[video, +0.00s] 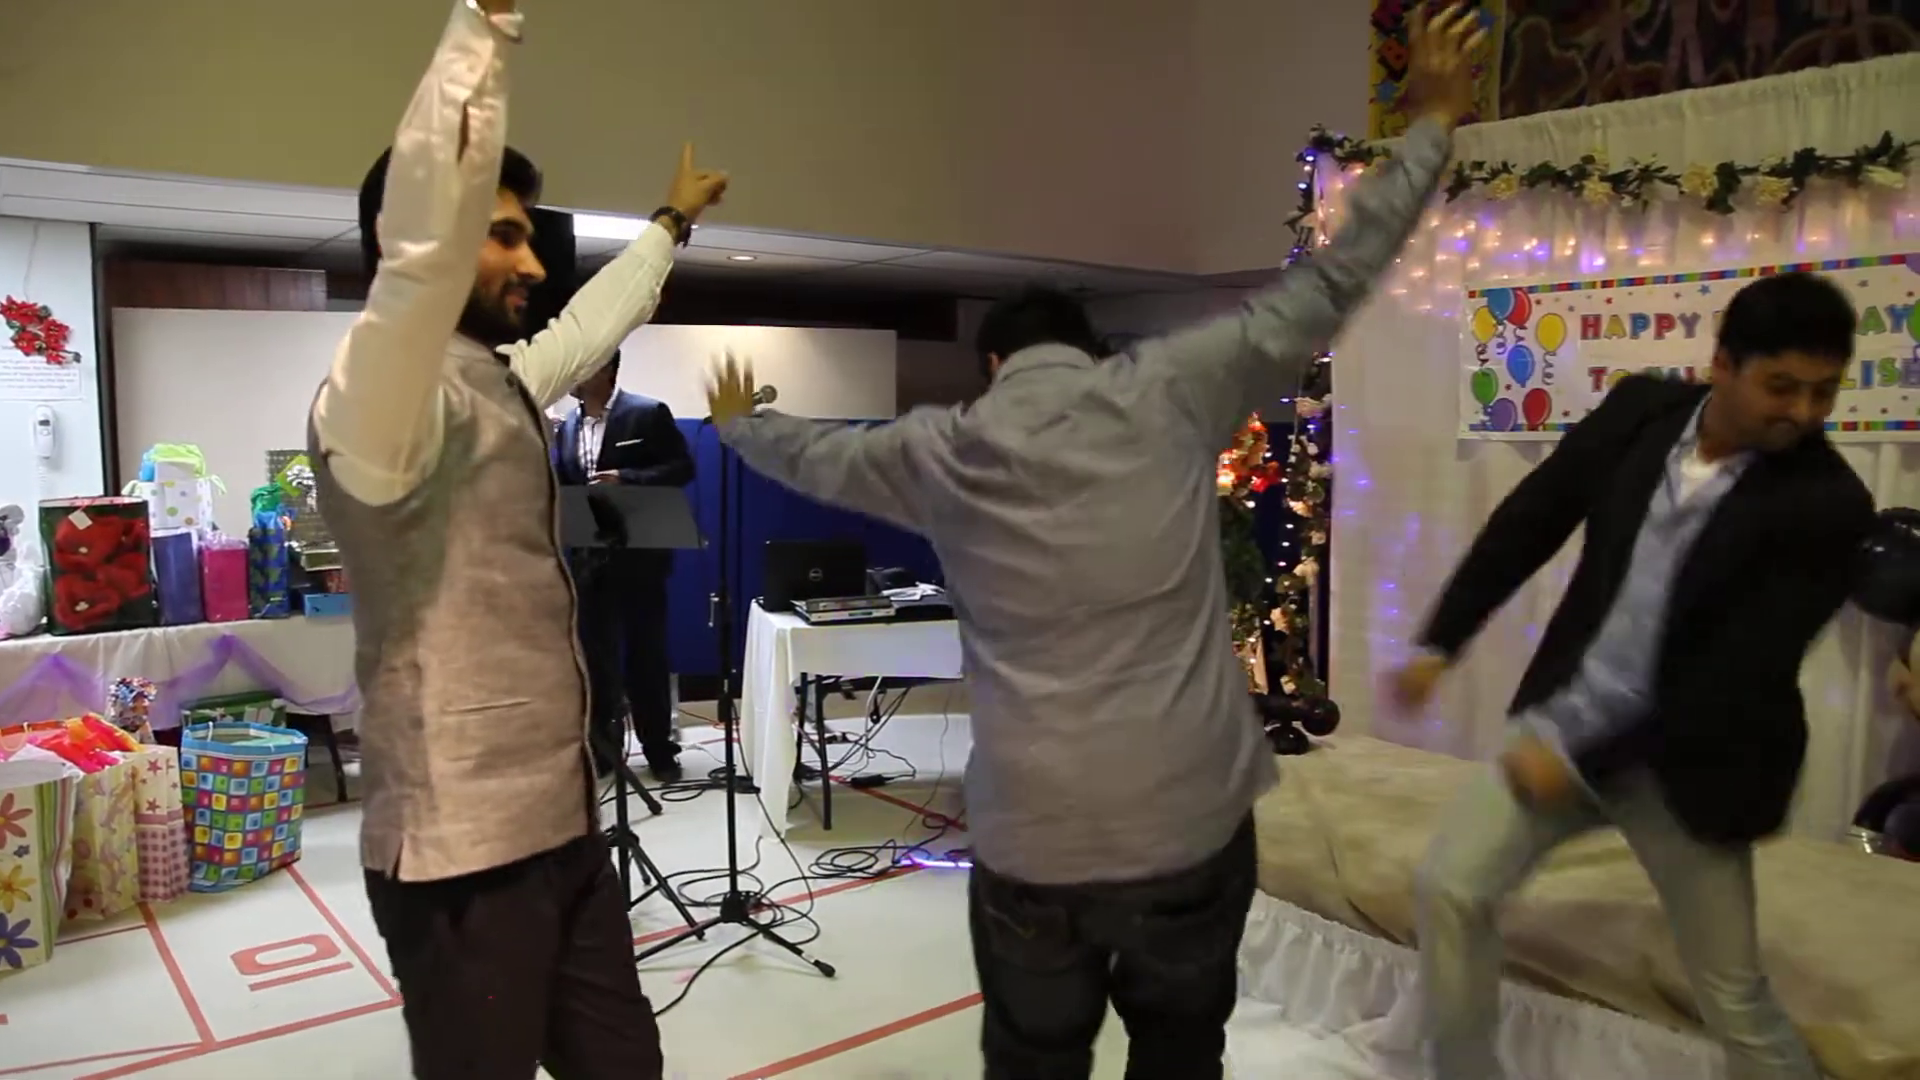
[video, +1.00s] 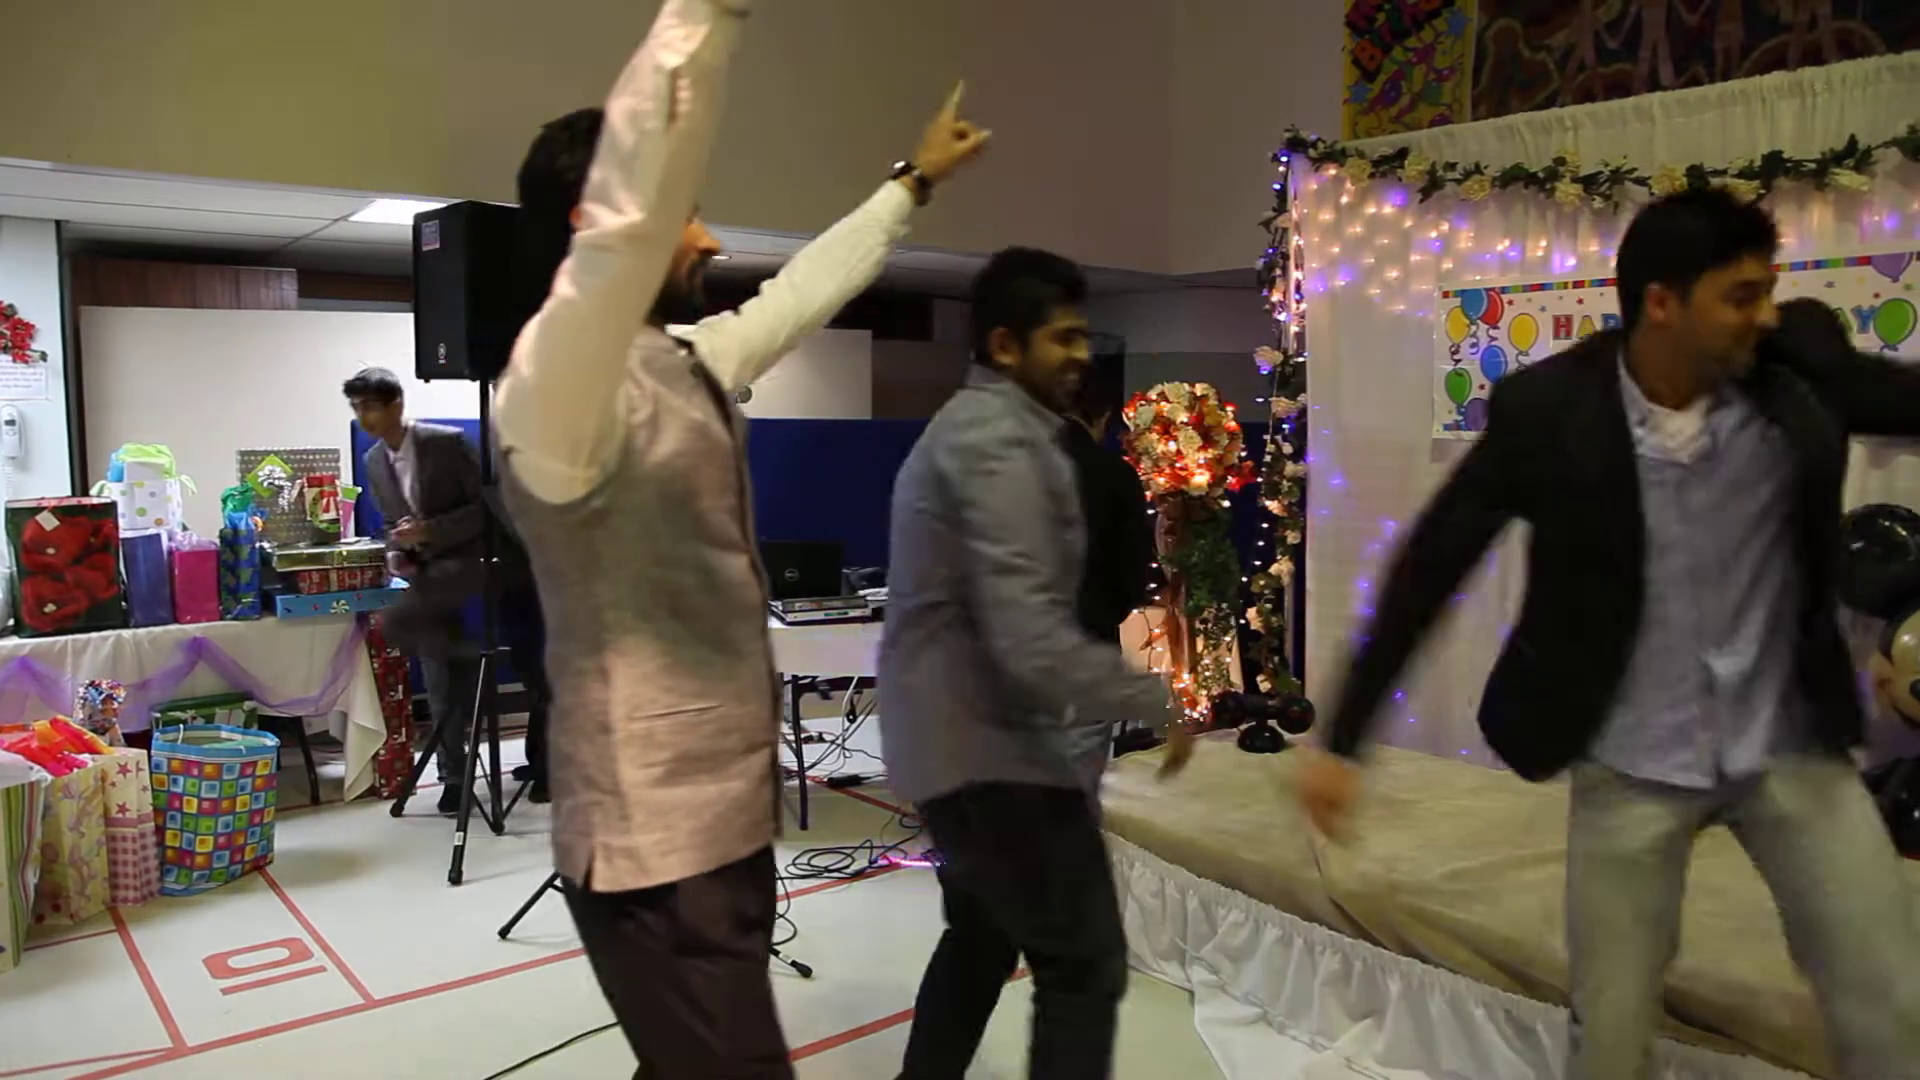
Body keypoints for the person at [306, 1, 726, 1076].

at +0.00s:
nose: (530, 261)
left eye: (531, 239)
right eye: (502, 233)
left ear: (529, 258)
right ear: (432, 244)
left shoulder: (505, 382)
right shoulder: (384, 410)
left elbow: (587, 323)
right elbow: (421, 242)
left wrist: (670, 223)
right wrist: (482, 26)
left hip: (561, 827)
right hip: (463, 851)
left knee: (622, 1065)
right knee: (479, 1074)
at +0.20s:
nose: (546, 263)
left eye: (544, 239)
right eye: (518, 233)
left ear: (529, 255)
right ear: (438, 238)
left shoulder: (515, 382)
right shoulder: (386, 403)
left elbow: (605, 315)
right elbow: (421, 219)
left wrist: (693, 210)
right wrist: (470, 8)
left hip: (566, 830)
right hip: (452, 855)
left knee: (647, 1066)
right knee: (465, 1077)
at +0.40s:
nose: (578, 250)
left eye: (572, 224)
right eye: (551, 221)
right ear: (469, 226)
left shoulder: (549, 364)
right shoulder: (418, 390)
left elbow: (642, 294)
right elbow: (459, 209)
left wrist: (734, 185)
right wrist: (506, 2)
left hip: (602, 821)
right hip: (497, 843)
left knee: (636, 1066)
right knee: (520, 1072)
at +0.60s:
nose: (616, 262)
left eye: (608, 238)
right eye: (589, 239)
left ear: (582, 252)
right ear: (513, 256)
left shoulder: (587, 384)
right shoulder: (461, 418)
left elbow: (692, 322)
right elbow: (500, 249)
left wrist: (790, 207)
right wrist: (563, 29)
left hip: (635, 820)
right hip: (563, 849)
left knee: (686, 1063)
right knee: (661, 1070)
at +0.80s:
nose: (662, 253)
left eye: (654, 231)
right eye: (638, 231)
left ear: (605, 252)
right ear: (562, 246)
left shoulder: (642, 379)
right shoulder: (506, 416)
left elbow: (751, 311)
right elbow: (558, 224)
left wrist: (866, 205)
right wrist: (636, 20)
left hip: (683, 814)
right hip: (607, 844)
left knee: (710, 1059)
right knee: (702, 1068)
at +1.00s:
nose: (707, 232)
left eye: (698, 208)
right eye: (678, 213)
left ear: (648, 230)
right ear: (603, 226)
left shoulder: (693, 364)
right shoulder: (557, 401)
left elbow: (801, 293)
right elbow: (627, 206)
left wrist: (913, 183)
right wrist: (705, 3)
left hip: (725, 830)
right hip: (651, 853)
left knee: (706, 1064)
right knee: (733, 1071)